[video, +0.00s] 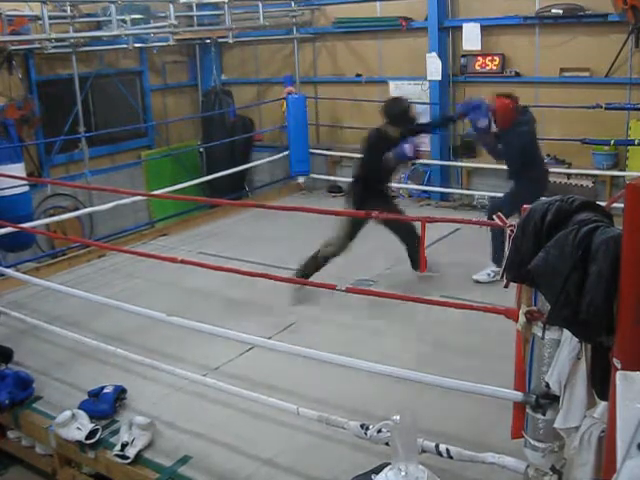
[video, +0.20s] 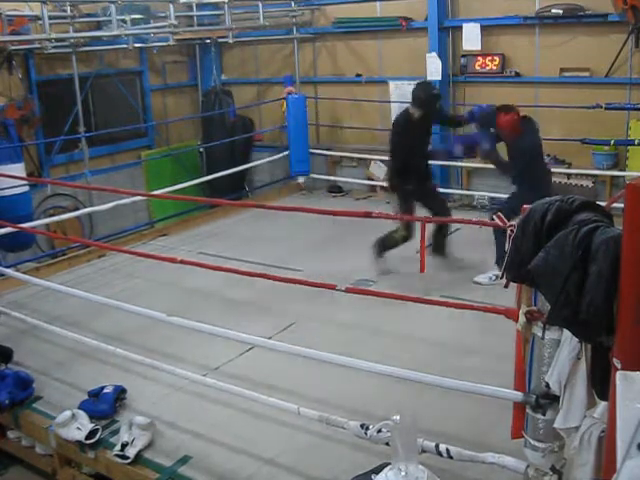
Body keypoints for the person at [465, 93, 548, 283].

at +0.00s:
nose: (496, 121)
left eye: (498, 117)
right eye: (496, 117)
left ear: (506, 117)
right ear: (512, 114)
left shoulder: (518, 133)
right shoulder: (521, 122)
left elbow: (500, 156)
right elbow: (501, 141)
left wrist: (485, 138)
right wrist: (487, 133)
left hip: (529, 185)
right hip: (534, 181)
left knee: (496, 211)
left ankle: (498, 265)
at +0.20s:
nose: (505, 134)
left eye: (508, 130)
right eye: (503, 130)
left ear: (516, 123)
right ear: (499, 123)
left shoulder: (525, 142)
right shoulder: (521, 125)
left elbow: (512, 171)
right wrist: (481, 117)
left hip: (531, 190)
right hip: (540, 185)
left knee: (499, 218)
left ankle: (502, 268)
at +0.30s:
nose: (498, 133)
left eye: (499, 129)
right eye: (496, 129)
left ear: (508, 127)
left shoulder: (519, 143)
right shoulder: (523, 123)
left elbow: (519, 179)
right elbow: (491, 130)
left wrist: (497, 176)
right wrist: (485, 115)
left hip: (526, 194)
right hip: (539, 189)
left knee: (486, 214)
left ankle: (496, 267)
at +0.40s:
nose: (497, 123)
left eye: (500, 119)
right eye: (497, 118)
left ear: (509, 118)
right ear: (516, 113)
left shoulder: (518, 140)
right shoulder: (525, 122)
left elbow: (520, 179)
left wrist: (502, 195)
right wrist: (495, 104)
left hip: (525, 198)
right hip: (537, 192)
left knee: (485, 224)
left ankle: (497, 273)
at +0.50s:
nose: (489, 112)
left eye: (491, 108)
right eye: (490, 107)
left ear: (496, 109)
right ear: (515, 104)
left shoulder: (497, 132)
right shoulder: (530, 119)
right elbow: (541, 121)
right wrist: (521, 107)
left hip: (512, 189)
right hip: (538, 186)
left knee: (488, 225)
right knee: (539, 225)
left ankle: (496, 273)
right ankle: (542, 274)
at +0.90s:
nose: (492, 117)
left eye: (494, 114)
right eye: (494, 114)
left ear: (498, 117)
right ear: (518, 114)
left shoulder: (495, 143)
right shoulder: (535, 136)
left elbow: (486, 178)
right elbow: (547, 165)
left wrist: (480, 170)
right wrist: (528, 156)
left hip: (506, 202)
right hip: (534, 201)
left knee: (483, 232)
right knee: (529, 235)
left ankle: (483, 280)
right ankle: (531, 282)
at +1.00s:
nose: (499, 112)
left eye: (502, 109)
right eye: (502, 109)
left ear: (505, 112)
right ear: (524, 112)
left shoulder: (495, 134)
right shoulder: (536, 138)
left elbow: (470, 142)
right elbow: (547, 168)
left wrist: (471, 122)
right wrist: (528, 158)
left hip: (496, 198)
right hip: (524, 198)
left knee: (477, 225)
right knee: (525, 235)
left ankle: (479, 275)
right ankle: (526, 281)